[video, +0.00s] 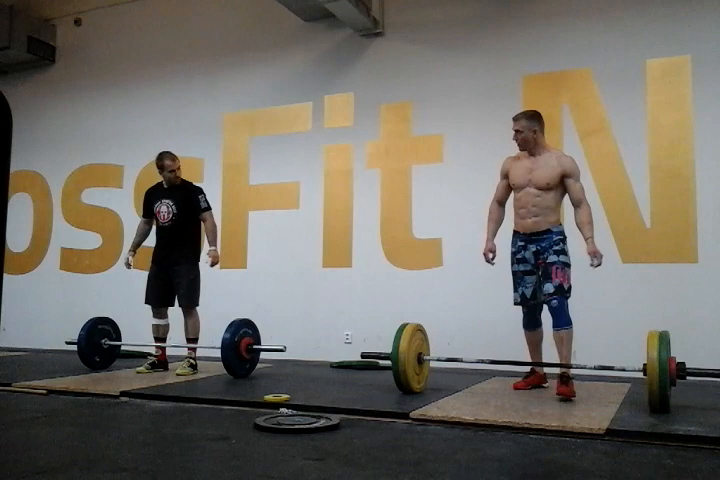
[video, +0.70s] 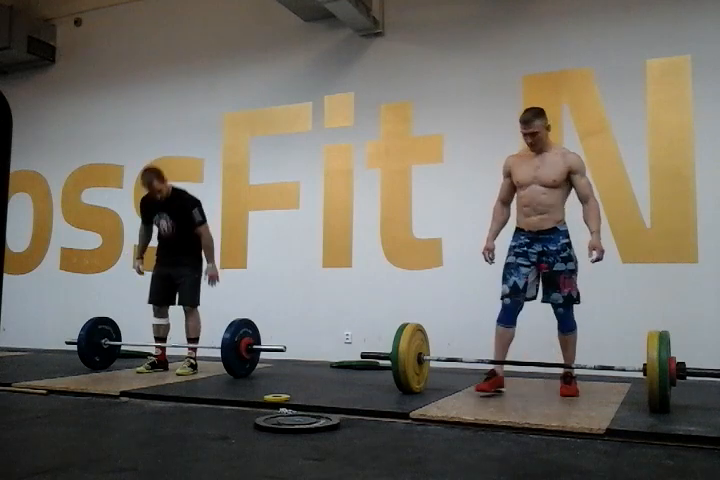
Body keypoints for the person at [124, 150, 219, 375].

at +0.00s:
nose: (177, 173)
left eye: (178, 169)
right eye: (172, 171)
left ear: (180, 166)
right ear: (161, 172)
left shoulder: (193, 192)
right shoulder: (152, 194)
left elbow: (209, 221)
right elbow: (146, 223)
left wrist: (213, 247)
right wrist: (132, 250)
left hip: (187, 259)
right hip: (161, 259)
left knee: (188, 308)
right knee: (158, 307)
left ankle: (191, 359)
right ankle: (159, 358)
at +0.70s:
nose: (157, 195)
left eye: (159, 190)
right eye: (153, 192)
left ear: (165, 182)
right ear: (147, 189)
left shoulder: (188, 201)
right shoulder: (148, 203)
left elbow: (205, 233)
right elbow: (146, 228)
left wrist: (211, 264)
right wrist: (139, 256)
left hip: (189, 263)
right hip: (164, 262)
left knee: (189, 308)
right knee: (159, 307)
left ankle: (191, 360)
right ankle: (160, 357)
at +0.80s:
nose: (151, 214)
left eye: (152, 209)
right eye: (147, 211)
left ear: (159, 201)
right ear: (143, 208)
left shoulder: (184, 214)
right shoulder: (144, 218)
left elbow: (204, 247)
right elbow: (144, 241)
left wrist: (213, 279)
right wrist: (141, 267)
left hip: (194, 264)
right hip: (168, 264)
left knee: (192, 308)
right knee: (160, 307)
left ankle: (192, 359)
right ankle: (160, 357)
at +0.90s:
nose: (154, 240)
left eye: (154, 235)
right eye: (149, 238)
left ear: (159, 224)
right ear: (142, 234)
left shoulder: (181, 231)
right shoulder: (144, 234)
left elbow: (203, 265)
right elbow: (144, 253)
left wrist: (214, 298)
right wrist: (144, 279)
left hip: (196, 262)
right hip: (173, 262)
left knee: (194, 308)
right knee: (159, 307)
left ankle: (192, 359)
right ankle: (160, 358)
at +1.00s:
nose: (154, 261)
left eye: (154, 257)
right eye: (150, 259)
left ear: (159, 245)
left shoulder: (183, 248)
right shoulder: (147, 247)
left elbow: (204, 283)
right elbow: (145, 265)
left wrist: (217, 315)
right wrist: (147, 287)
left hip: (199, 264)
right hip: (174, 265)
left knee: (197, 308)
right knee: (156, 305)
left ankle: (193, 358)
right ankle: (159, 357)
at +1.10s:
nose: (158, 276)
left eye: (158, 272)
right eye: (154, 274)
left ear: (161, 258)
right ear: (145, 268)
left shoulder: (182, 262)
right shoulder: (145, 258)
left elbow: (206, 297)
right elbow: (146, 273)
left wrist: (220, 328)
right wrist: (150, 292)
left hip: (202, 262)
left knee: (198, 309)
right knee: (155, 307)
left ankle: (193, 359)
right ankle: (159, 358)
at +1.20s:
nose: (160, 286)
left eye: (160, 281)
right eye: (155, 285)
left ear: (162, 266)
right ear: (147, 278)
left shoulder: (185, 270)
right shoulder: (147, 269)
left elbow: (209, 304)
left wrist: (224, 333)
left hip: (202, 262)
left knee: (198, 310)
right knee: (155, 308)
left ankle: (193, 359)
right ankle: (160, 358)